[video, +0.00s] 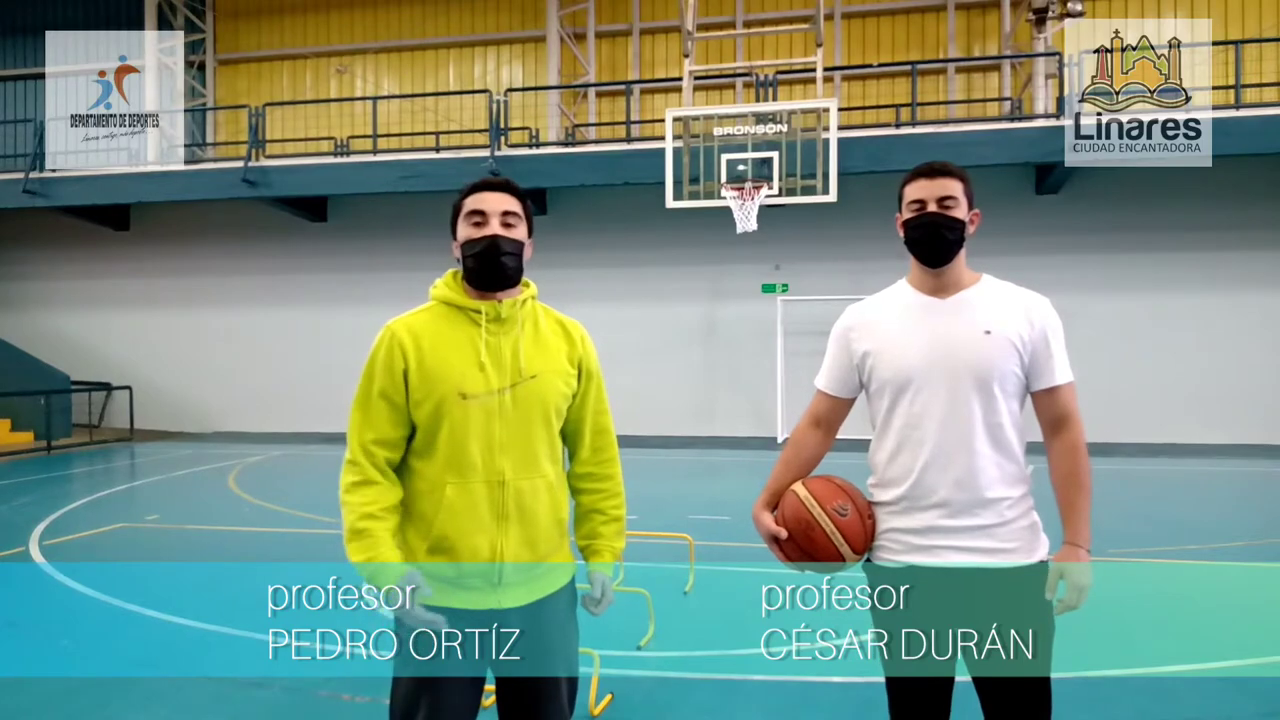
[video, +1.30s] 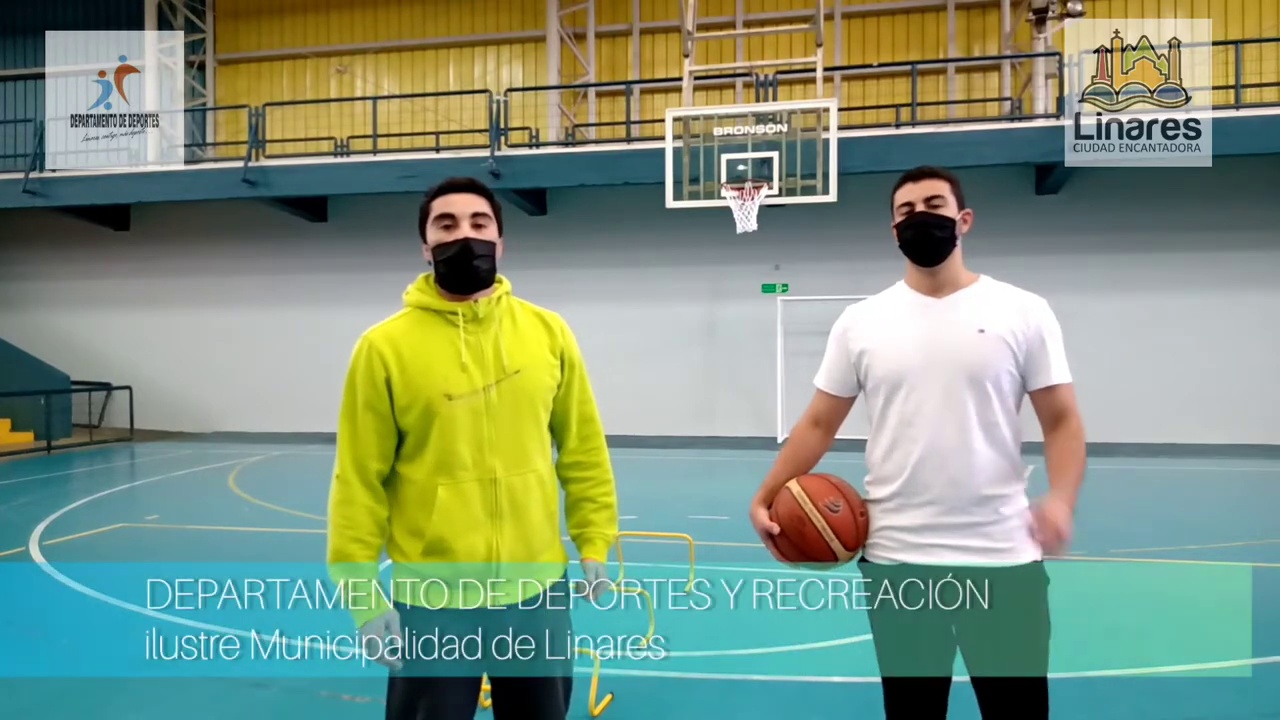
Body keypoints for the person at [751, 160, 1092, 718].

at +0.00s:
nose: (931, 215)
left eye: (946, 204)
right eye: (916, 207)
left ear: (972, 220)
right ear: (899, 226)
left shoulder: (1026, 314)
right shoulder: (862, 323)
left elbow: (1063, 430)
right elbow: (818, 425)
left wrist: (1076, 543)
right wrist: (764, 503)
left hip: (1007, 559)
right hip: (904, 560)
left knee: (1020, 711)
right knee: (915, 712)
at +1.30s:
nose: (920, 215)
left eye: (935, 204)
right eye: (905, 210)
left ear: (964, 220)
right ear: (894, 232)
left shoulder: (1023, 313)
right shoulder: (860, 324)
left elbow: (1063, 423)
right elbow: (816, 425)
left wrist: (1060, 500)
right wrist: (763, 496)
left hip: (1001, 556)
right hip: (899, 557)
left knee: (1017, 709)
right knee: (911, 713)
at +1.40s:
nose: (915, 215)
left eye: (930, 204)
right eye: (901, 212)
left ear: (961, 219)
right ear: (891, 234)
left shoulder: (1021, 313)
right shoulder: (859, 324)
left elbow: (1066, 422)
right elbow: (815, 424)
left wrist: (1037, 435)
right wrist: (762, 494)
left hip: (998, 557)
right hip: (896, 557)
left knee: (1017, 710)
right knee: (909, 714)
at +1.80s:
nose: (900, 221)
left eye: (915, 209)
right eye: (887, 218)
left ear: (949, 222)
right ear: (880, 238)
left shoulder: (1003, 310)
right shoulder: (853, 324)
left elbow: (1053, 421)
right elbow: (812, 425)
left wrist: (1016, 348)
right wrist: (761, 489)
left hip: (983, 553)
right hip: (885, 554)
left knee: (1005, 710)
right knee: (902, 711)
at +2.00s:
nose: (946, 239)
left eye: (958, 230)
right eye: (929, 232)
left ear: (976, 250)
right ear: (910, 253)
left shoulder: (1020, 323)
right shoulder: (875, 344)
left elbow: (1102, 397)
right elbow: (855, 455)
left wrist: (1042, 406)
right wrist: (853, 544)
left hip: (1010, 547)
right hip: (915, 550)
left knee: (1022, 691)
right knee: (915, 696)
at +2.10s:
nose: (931, 236)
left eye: (945, 229)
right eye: (916, 230)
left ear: (965, 250)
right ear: (900, 257)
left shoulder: (1017, 327)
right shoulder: (870, 347)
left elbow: (1081, 419)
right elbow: (854, 453)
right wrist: (853, 535)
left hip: (1009, 553)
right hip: (912, 556)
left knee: (1029, 701)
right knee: (916, 702)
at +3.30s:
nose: (1008, 235)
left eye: (1025, 227)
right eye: (991, 225)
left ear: (1044, 250)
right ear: (970, 246)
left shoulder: (1089, 343)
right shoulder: (919, 340)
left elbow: (1119, 469)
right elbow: (893, 460)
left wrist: (1118, 576)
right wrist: (894, 559)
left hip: (1050, 583)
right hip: (943, 580)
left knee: (1054, 713)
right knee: (936, 710)